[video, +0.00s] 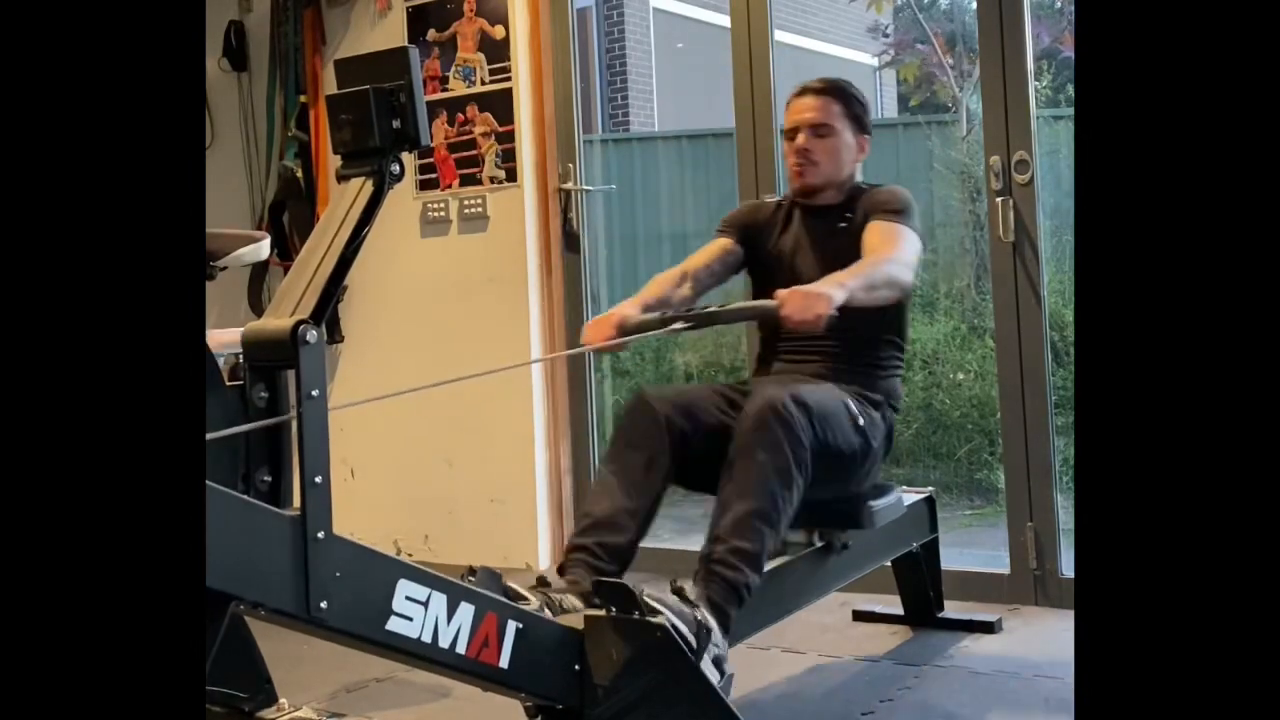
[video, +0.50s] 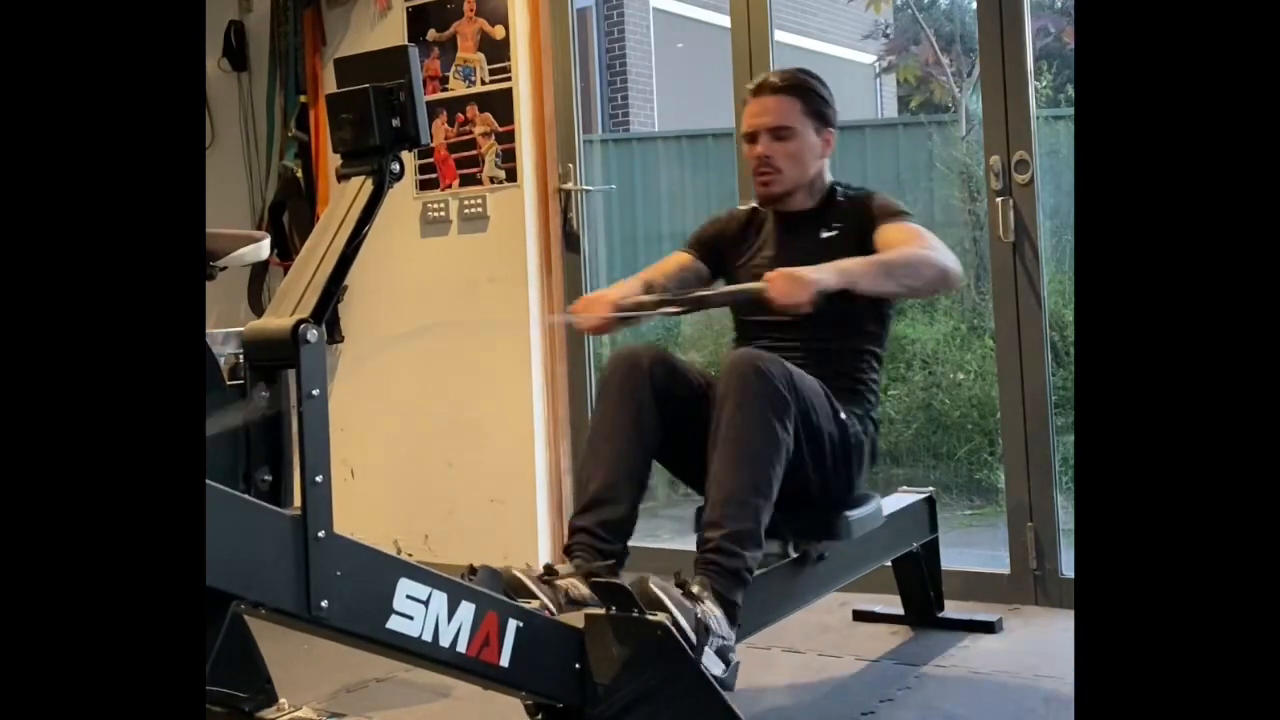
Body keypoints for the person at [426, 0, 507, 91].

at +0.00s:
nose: (471, 7)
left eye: (473, 4)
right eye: (468, 4)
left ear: (476, 7)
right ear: (463, 7)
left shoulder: (480, 22)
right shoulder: (457, 25)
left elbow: (494, 34)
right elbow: (445, 36)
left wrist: (498, 32)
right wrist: (435, 36)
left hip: (474, 60)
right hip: (460, 60)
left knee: (474, 89)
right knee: (457, 89)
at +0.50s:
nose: (471, 8)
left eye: (473, 5)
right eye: (468, 5)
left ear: (476, 8)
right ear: (463, 8)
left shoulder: (480, 22)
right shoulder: (457, 25)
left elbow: (493, 33)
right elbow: (445, 36)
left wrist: (498, 32)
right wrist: (435, 36)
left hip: (474, 60)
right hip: (460, 59)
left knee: (474, 88)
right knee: (458, 89)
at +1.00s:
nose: (471, 8)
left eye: (473, 5)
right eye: (468, 5)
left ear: (476, 8)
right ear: (463, 8)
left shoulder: (480, 22)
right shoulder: (458, 24)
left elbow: (493, 33)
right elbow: (445, 36)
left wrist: (498, 32)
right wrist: (435, 36)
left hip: (474, 60)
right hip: (460, 59)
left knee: (474, 88)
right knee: (458, 89)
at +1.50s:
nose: (471, 7)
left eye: (473, 4)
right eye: (468, 4)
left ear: (476, 7)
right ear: (463, 8)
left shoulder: (480, 22)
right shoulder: (457, 25)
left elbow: (493, 33)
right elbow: (445, 36)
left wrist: (498, 32)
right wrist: (435, 36)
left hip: (474, 60)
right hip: (460, 59)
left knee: (474, 89)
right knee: (458, 89)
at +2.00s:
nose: (471, 7)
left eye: (473, 5)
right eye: (468, 5)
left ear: (476, 8)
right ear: (463, 8)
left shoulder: (480, 22)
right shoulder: (457, 25)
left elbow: (493, 33)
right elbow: (445, 36)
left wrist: (498, 32)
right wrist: (435, 36)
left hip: (474, 60)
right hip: (460, 59)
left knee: (474, 89)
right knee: (458, 89)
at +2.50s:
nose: (471, 7)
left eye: (473, 4)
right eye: (468, 4)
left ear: (476, 7)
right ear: (463, 8)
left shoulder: (480, 22)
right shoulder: (457, 25)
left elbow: (493, 34)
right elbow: (445, 36)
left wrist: (498, 32)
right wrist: (435, 36)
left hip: (474, 60)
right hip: (460, 59)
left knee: (474, 89)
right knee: (458, 89)